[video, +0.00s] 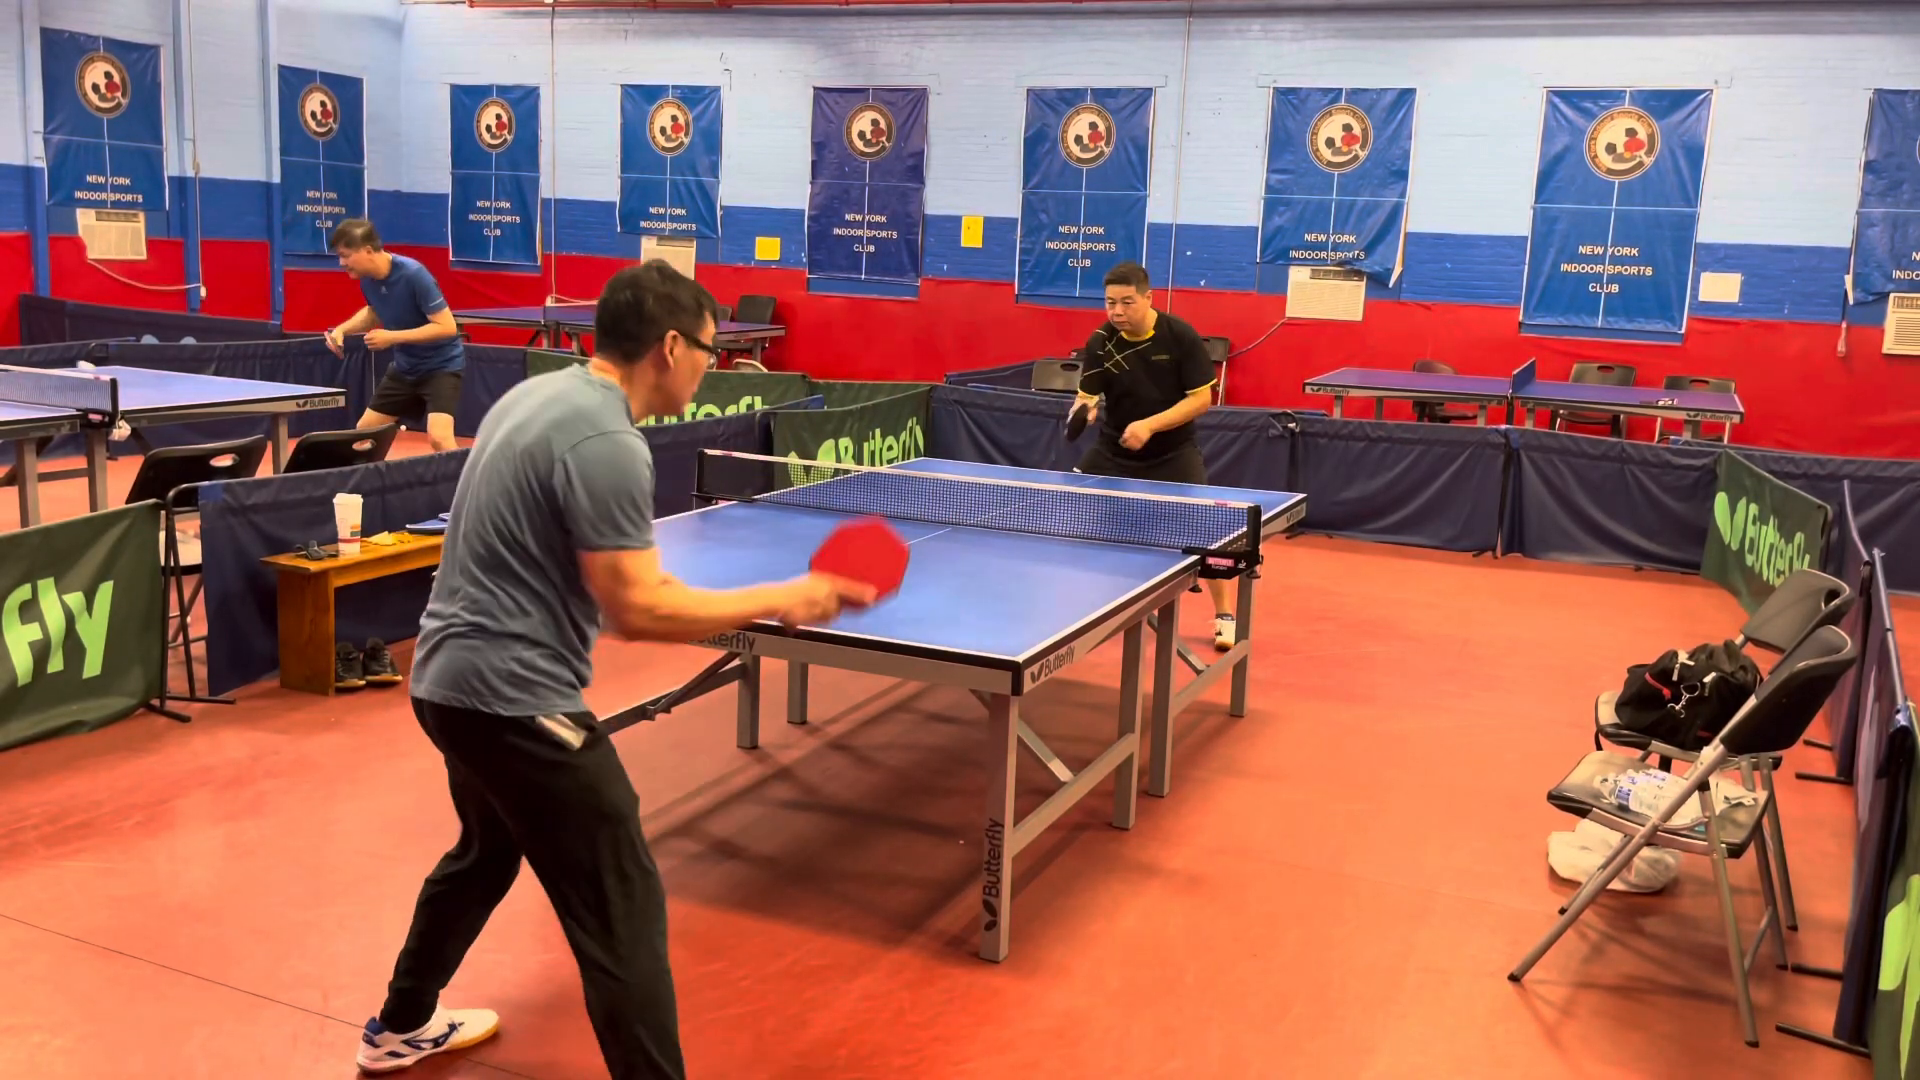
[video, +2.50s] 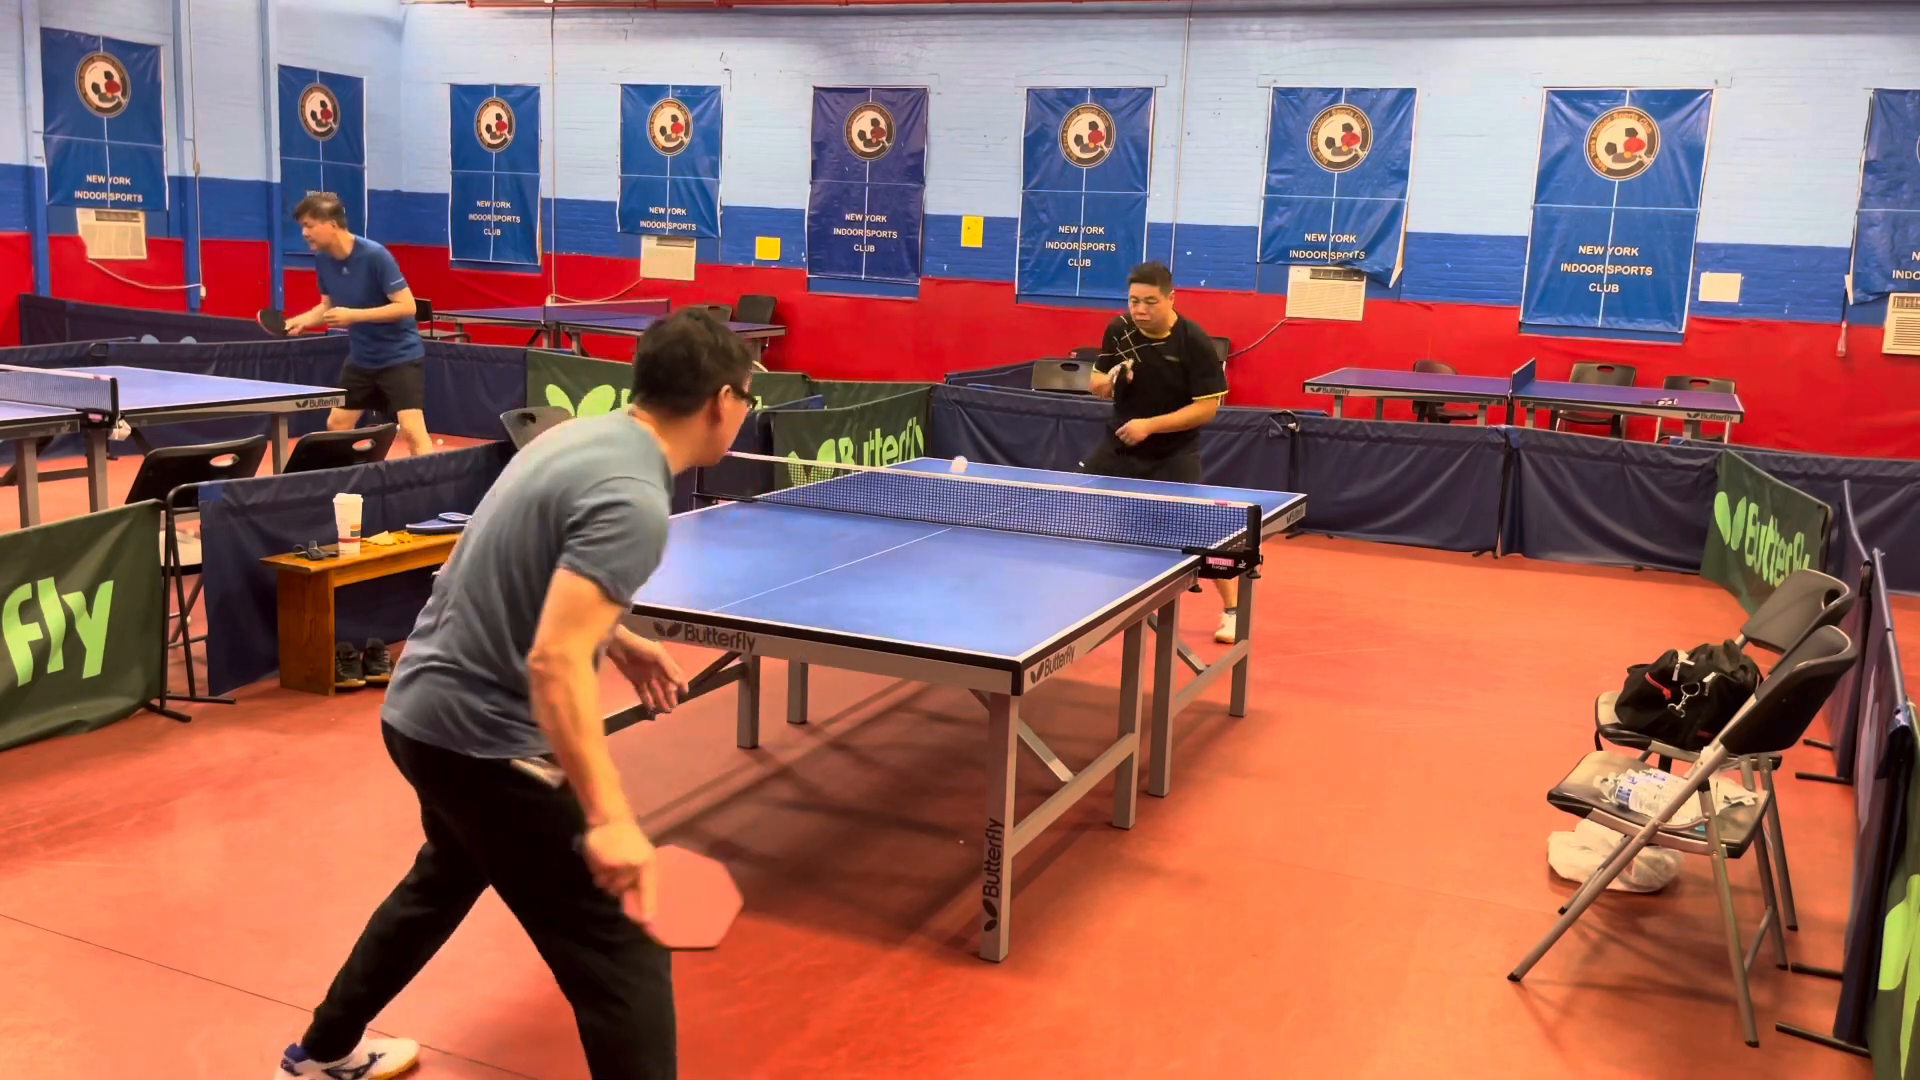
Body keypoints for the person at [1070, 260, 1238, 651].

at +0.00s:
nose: (1116, 311)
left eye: (1125, 303)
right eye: (1110, 303)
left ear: (1148, 298)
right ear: (1105, 303)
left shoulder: (1181, 337)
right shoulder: (1099, 343)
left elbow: (1203, 398)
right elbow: (1087, 400)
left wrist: (1151, 424)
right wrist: (1084, 409)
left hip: (1173, 455)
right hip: (1111, 452)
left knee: (1206, 526)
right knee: (1064, 510)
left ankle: (1224, 616)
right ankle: (1059, 606)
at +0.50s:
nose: (1044, 323)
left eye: (1051, 314)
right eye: (1040, 314)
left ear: (1077, 306)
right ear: (1040, 311)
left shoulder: (1113, 331)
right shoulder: (1051, 342)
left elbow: (1139, 393)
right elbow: (1010, 384)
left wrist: (1096, 426)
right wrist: (997, 365)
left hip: (1148, 443)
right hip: (1100, 443)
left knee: (1178, 521)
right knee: (1048, 504)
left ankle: (1228, 606)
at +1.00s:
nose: (1028, 326)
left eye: (1036, 317)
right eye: (1021, 318)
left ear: (1057, 313)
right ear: (1016, 317)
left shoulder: (1087, 348)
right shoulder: (1023, 351)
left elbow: (1102, 412)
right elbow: (1022, 399)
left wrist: (1046, 421)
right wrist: (1002, 429)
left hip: (1114, 447)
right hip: (1062, 446)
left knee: (1150, 515)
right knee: (1010, 497)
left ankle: (1199, 593)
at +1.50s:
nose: (1097, 325)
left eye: (1105, 315)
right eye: (1091, 317)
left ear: (1126, 307)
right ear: (1086, 315)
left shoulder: (1167, 339)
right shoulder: (1088, 348)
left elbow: (1193, 399)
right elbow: (1069, 414)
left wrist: (1138, 422)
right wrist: (1081, 383)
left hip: (1163, 452)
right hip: (1105, 450)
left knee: (1197, 519)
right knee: (1049, 500)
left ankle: (1230, 605)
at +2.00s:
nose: (1069, 324)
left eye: (1076, 315)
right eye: (1063, 315)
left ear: (1100, 308)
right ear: (1059, 313)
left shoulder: (1121, 346)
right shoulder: (1092, 339)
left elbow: (1121, 420)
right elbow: (1096, 389)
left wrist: (1070, 418)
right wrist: (1062, 412)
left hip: (1149, 453)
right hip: (1111, 447)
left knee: (1178, 528)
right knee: (1063, 502)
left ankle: (1234, 605)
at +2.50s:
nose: (1139, 310)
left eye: (1148, 302)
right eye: (1134, 301)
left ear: (1170, 299)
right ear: (1127, 298)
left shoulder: (1195, 341)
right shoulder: (1120, 329)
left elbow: (1208, 409)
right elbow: (1096, 385)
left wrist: (1149, 424)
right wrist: (1112, 379)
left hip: (1174, 452)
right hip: (1121, 445)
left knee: (1197, 522)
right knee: (1067, 497)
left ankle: (1231, 609)